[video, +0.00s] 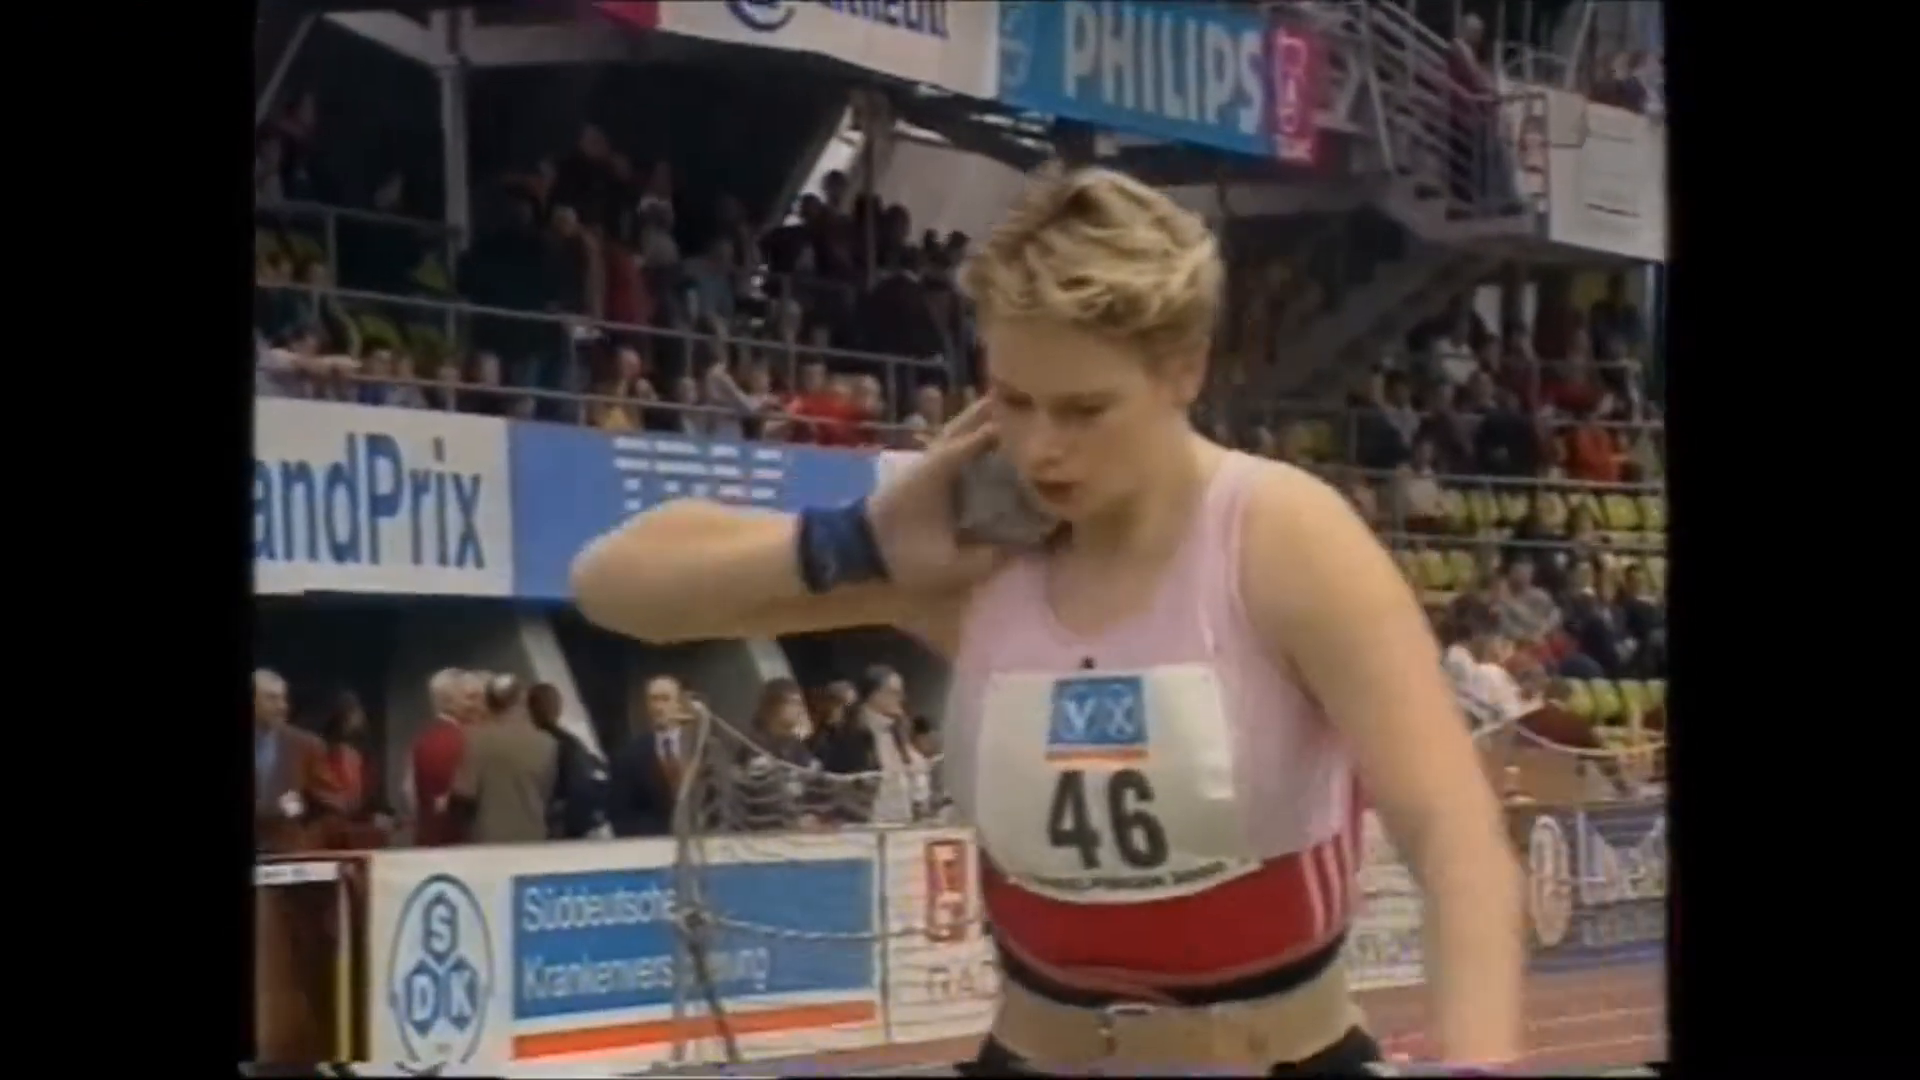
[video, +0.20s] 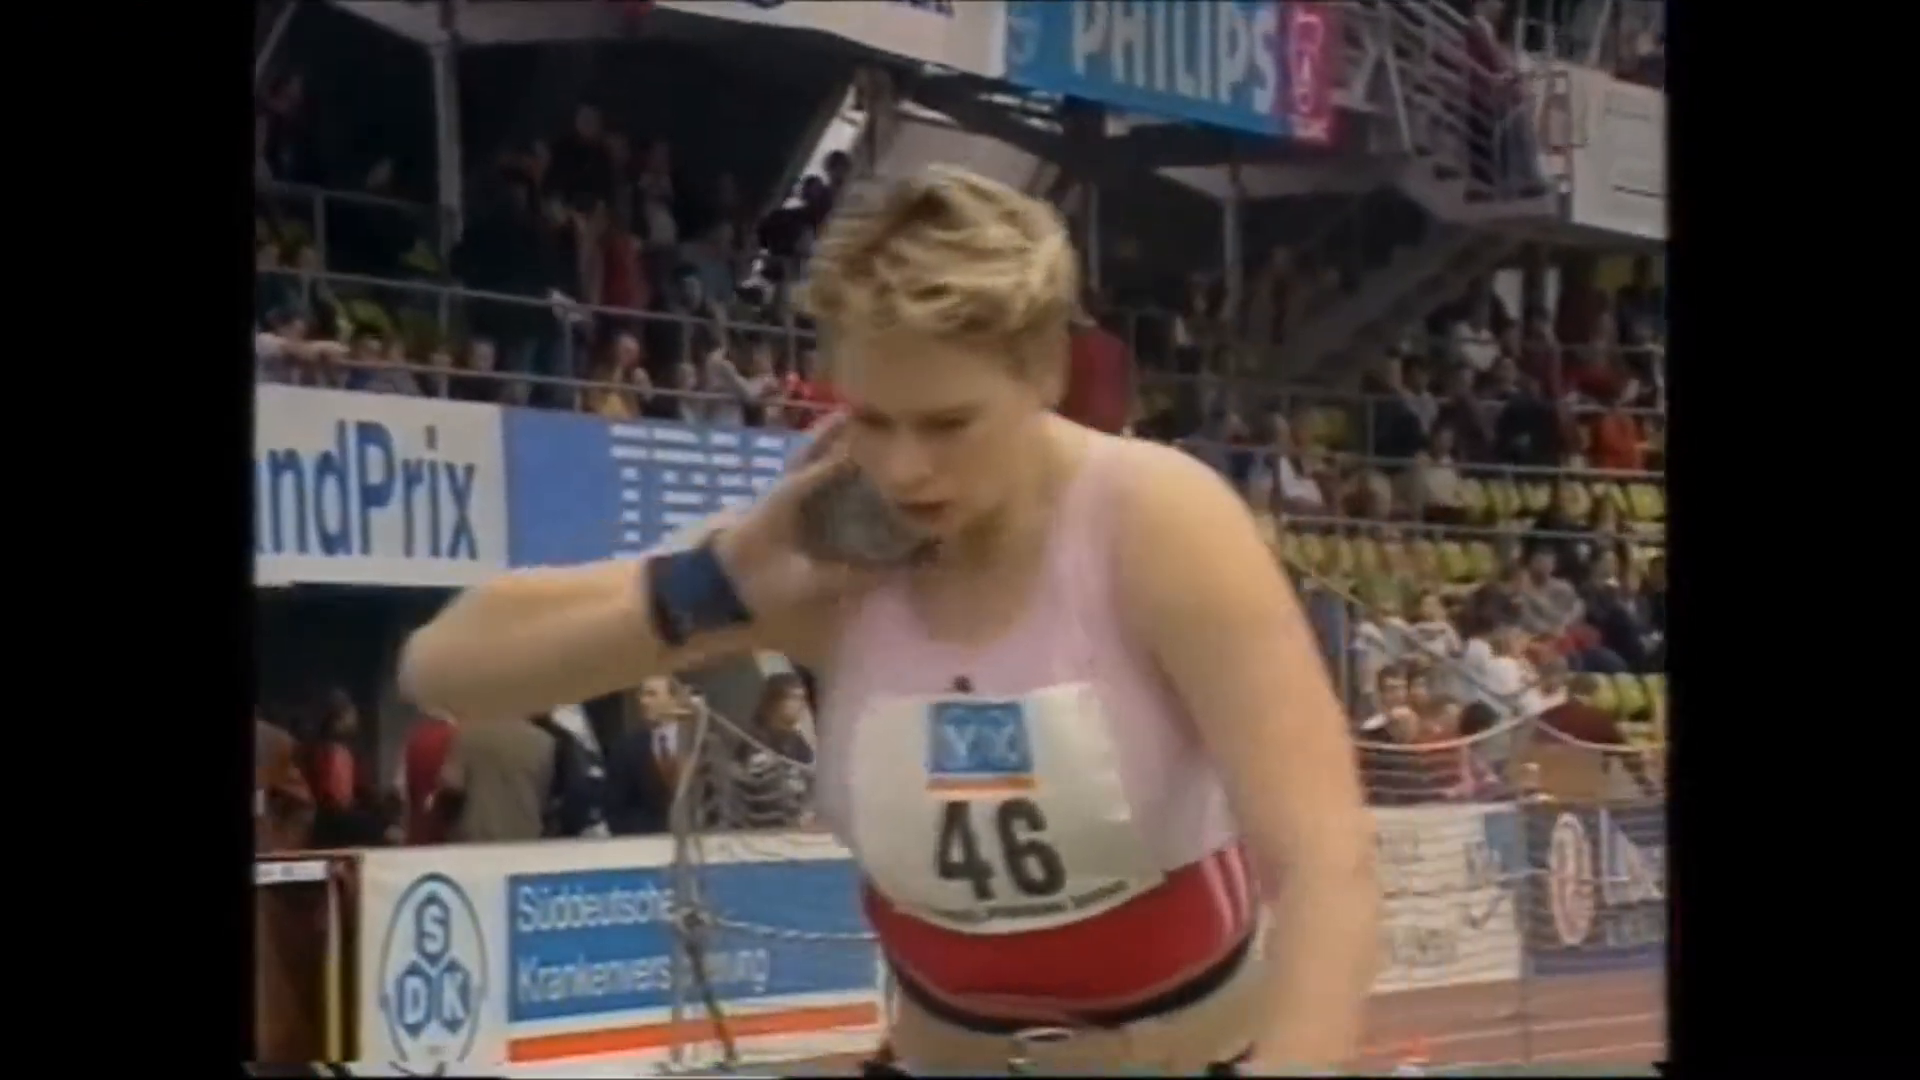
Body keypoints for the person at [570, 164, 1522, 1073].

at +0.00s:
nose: (1034, 448)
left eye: (1077, 409)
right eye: (1008, 400)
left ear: (1182, 371)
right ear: (986, 368)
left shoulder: (1287, 537)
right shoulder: (962, 545)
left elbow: (1463, 847)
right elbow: (606, 583)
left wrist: (1474, 1064)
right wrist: (861, 546)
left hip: (1276, 1059)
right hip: (1034, 1057)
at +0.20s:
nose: (904, 472)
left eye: (948, 424)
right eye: (867, 423)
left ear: (1047, 375)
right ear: (832, 397)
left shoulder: (1162, 521)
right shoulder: (817, 555)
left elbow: (1330, 875)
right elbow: (437, 669)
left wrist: (1286, 1069)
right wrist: (719, 580)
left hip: (1192, 1048)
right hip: (943, 1053)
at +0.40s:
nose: (750, 512)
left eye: (797, 469)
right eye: (710, 463)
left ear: (908, 402)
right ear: (672, 416)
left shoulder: (1046, 519)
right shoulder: (654, 535)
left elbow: (1249, 934)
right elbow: (287, 724)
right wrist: (590, 642)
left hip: (1111, 1032)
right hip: (869, 1037)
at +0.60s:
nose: (673, 643)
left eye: (723, 594)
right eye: (634, 592)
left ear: (837, 495)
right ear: (600, 528)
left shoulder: (1002, 594)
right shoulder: (556, 615)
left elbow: (1245, 1006)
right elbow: (263, 809)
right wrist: (518, 767)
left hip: (1100, 1042)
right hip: (851, 1048)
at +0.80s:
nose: (644, 790)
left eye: (684, 746)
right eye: (597, 745)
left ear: (790, 636)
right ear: (547, 668)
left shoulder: (999, 683)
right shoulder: (537, 689)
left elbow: (1231, 1059)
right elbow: (252, 918)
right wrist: (493, 892)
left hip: (1088, 1043)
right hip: (814, 1046)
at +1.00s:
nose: (680, 764)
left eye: (716, 718)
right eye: (632, 721)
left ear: (828, 602)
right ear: (577, 637)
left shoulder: (1047, 647)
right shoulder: (568, 646)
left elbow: (1246, 1052)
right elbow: (256, 893)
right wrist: (514, 863)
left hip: (1153, 1036)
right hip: (861, 1043)